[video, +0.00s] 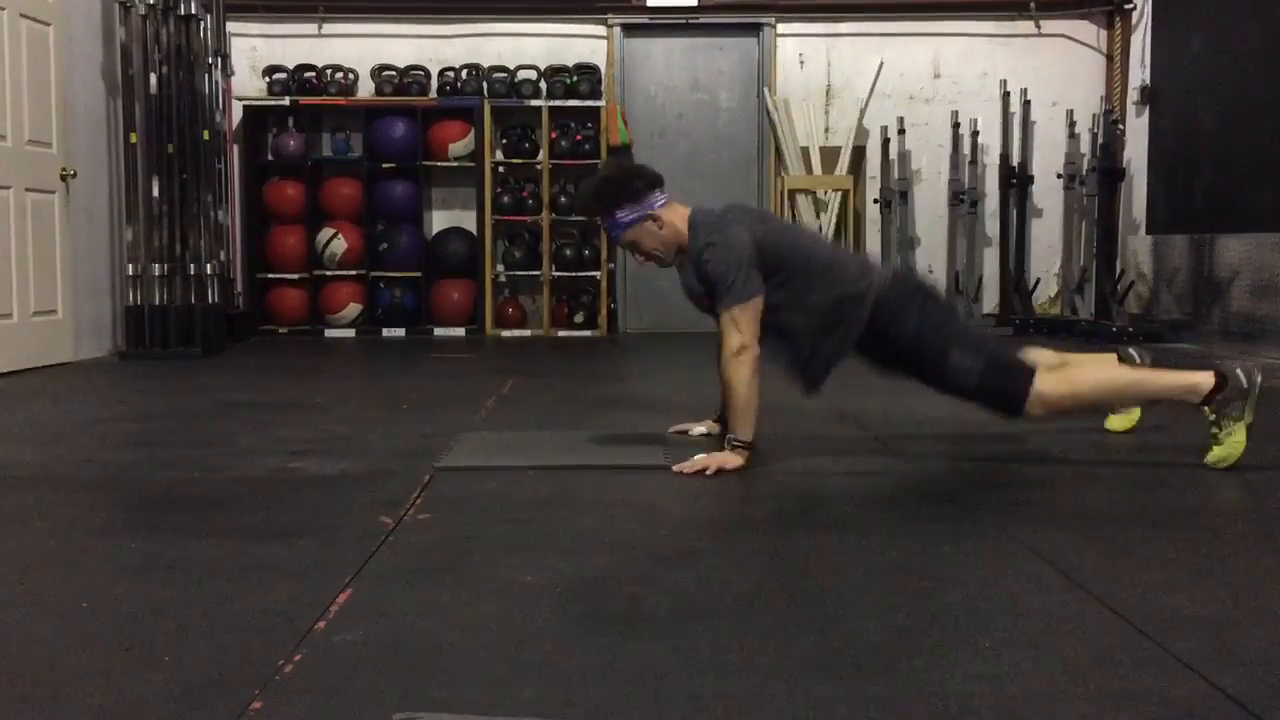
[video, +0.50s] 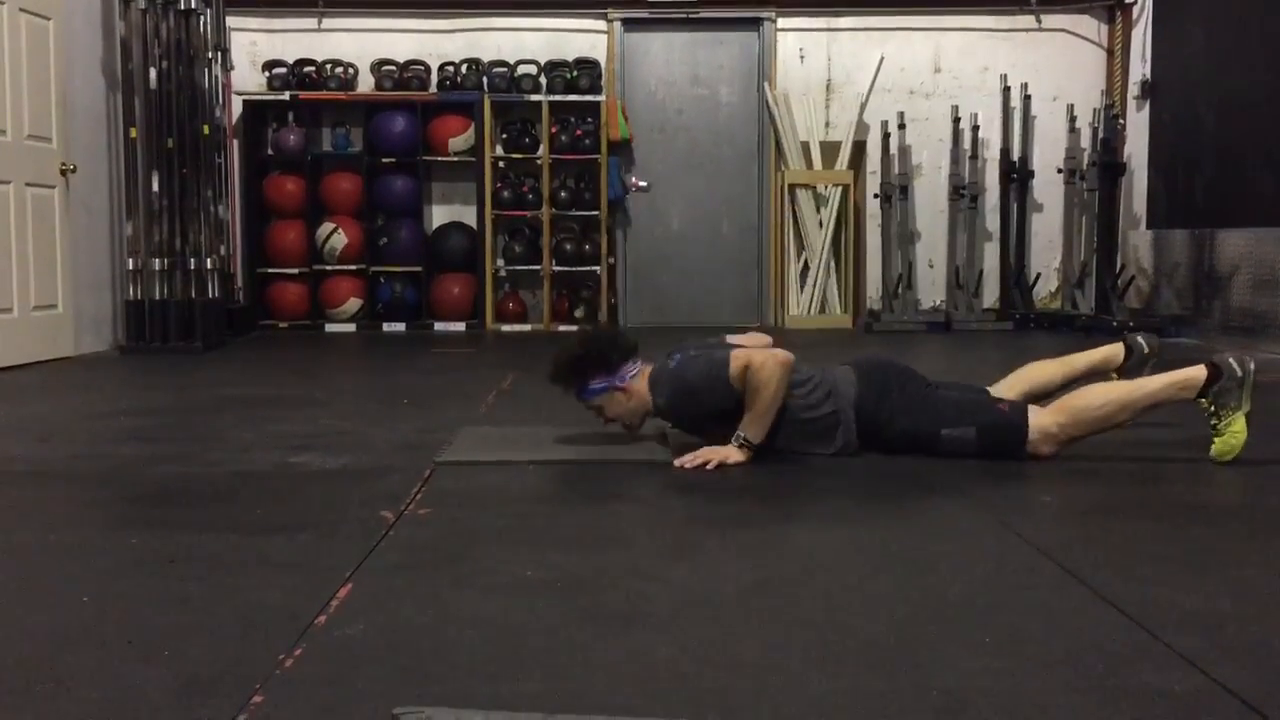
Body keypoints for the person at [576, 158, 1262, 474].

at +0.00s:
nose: (637, 255)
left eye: (633, 240)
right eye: (628, 246)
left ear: (657, 215)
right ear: (650, 224)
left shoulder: (722, 238)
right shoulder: (700, 249)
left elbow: (743, 347)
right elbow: (734, 342)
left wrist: (738, 447)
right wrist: (729, 422)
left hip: (889, 309)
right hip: (879, 310)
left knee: (1032, 393)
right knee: (1022, 366)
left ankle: (1213, 388)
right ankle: (1173, 377)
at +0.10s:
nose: (634, 277)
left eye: (629, 264)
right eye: (627, 267)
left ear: (648, 242)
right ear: (654, 232)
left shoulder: (725, 259)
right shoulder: (703, 271)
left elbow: (762, 351)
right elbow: (747, 354)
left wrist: (742, 447)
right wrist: (731, 418)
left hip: (890, 366)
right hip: (878, 363)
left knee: (1042, 426)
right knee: (997, 394)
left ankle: (1208, 387)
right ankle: (1109, 359)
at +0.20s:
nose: (634, 319)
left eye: (630, 307)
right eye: (626, 310)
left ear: (652, 282)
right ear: (651, 281)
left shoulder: (718, 294)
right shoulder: (698, 300)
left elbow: (782, 363)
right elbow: (755, 368)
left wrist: (744, 448)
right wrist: (732, 430)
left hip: (888, 396)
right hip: (874, 392)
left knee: (1048, 437)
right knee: (1000, 404)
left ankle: (1210, 387)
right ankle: (1110, 360)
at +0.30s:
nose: (623, 362)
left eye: (618, 349)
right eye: (612, 354)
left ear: (640, 323)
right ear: (633, 325)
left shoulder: (702, 337)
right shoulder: (685, 334)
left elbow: (789, 374)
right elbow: (767, 381)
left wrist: (742, 447)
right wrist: (727, 425)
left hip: (888, 403)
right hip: (875, 401)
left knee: (1054, 434)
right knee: (1001, 407)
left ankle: (1207, 382)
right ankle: (1109, 357)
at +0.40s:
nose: (610, 406)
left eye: (605, 394)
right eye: (601, 398)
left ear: (620, 370)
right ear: (622, 361)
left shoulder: (685, 365)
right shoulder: (677, 364)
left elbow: (782, 368)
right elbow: (763, 375)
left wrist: (742, 445)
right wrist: (723, 435)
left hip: (884, 406)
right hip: (876, 389)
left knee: (1048, 431)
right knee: (1008, 406)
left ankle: (1203, 378)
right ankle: (1111, 350)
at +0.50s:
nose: (603, 419)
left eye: (597, 407)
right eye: (595, 410)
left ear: (616, 384)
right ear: (620, 373)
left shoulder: (672, 379)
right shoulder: (672, 376)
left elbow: (772, 361)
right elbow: (755, 359)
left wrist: (743, 443)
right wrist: (719, 432)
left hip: (875, 406)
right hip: (869, 386)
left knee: (1042, 431)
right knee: (1002, 404)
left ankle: (1199, 378)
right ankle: (1116, 347)